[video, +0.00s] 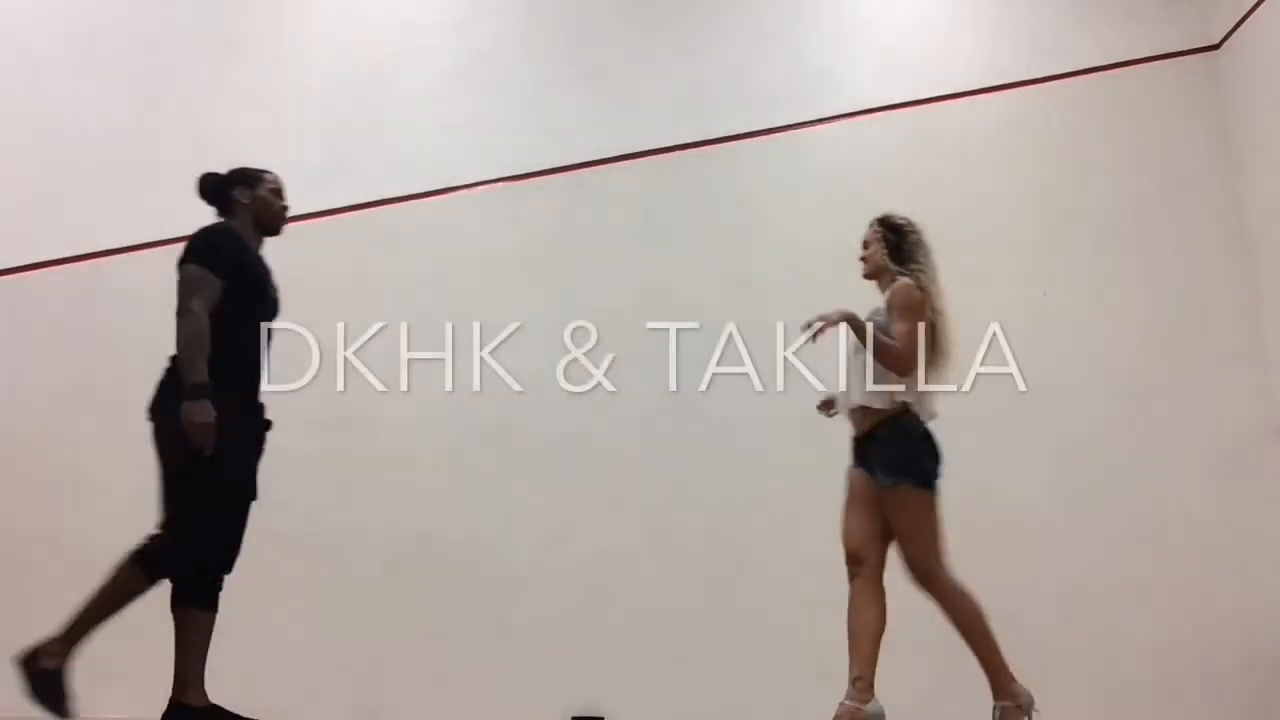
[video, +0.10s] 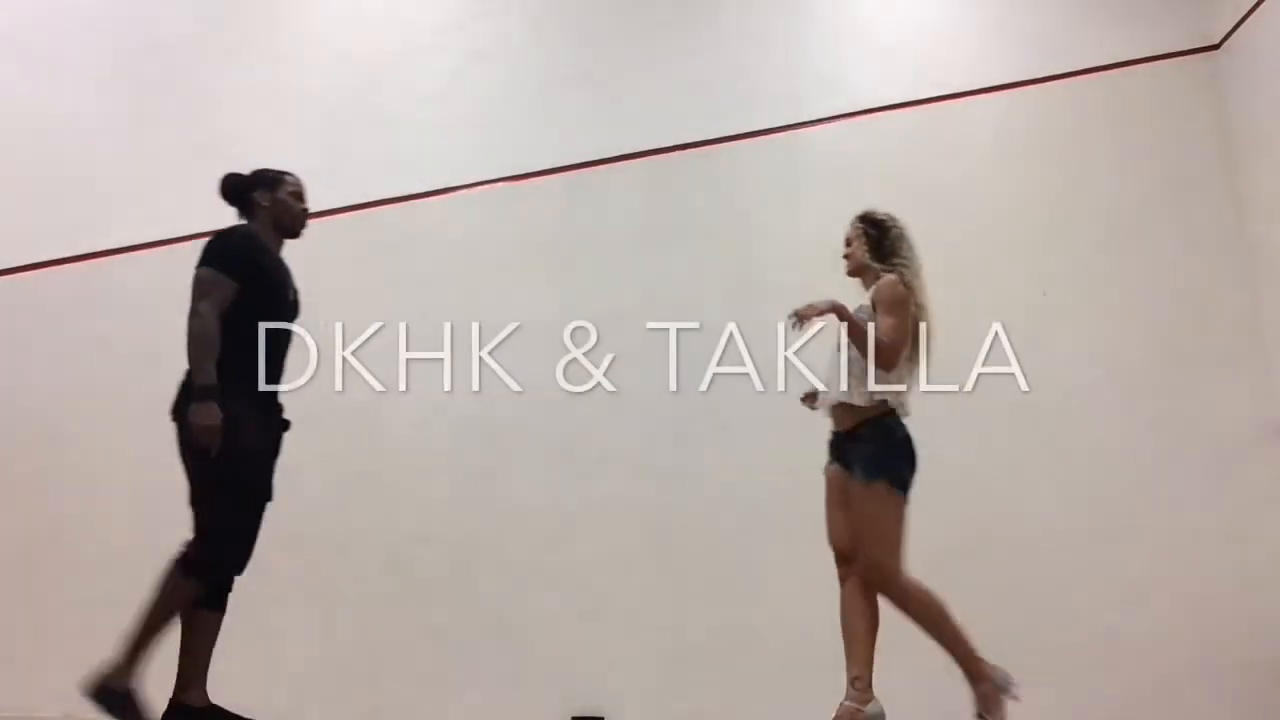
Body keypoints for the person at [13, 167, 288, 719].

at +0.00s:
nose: (285, 202)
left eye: (283, 194)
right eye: (276, 192)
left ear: (249, 201)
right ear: (244, 197)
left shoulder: (248, 258)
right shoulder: (217, 242)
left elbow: (238, 345)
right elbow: (192, 311)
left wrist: (248, 414)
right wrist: (197, 393)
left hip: (232, 421)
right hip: (197, 415)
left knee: (209, 552)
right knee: (183, 541)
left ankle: (189, 697)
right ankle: (52, 653)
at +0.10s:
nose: (306, 208)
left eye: (306, 200)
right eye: (297, 197)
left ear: (271, 202)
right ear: (263, 199)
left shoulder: (270, 259)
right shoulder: (237, 243)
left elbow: (253, 342)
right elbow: (204, 314)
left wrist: (266, 410)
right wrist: (205, 396)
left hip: (253, 418)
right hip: (224, 414)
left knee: (224, 554)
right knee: (213, 548)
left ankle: (190, 697)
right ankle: (117, 676)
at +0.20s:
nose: (324, 210)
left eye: (324, 202)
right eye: (314, 200)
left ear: (289, 205)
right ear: (280, 202)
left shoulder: (289, 265)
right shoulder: (253, 245)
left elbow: (273, 344)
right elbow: (218, 316)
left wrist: (283, 410)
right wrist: (214, 397)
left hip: (268, 420)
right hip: (245, 417)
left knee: (243, 547)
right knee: (238, 546)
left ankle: (198, 690)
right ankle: (193, 692)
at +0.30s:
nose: (342, 215)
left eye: (342, 207)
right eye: (333, 204)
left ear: (307, 209)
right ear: (298, 205)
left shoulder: (306, 269)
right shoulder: (270, 248)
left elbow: (292, 354)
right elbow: (234, 320)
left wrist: (302, 423)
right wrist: (228, 402)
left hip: (286, 429)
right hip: (264, 426)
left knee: (238, 555)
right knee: (276, 555)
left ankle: (191, 694)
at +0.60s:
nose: (403, 218)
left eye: (403, 209)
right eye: (395, 208)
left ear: (366, 209)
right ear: (362, 207)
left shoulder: (359, 266)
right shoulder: (337, 258)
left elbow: (340, 354)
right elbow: (308, 340)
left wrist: (360, 434)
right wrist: (304, 420)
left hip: (337, 430)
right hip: (335, 432)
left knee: (282, 557)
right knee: (351, 560)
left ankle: (198, 689)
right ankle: (371, 702)